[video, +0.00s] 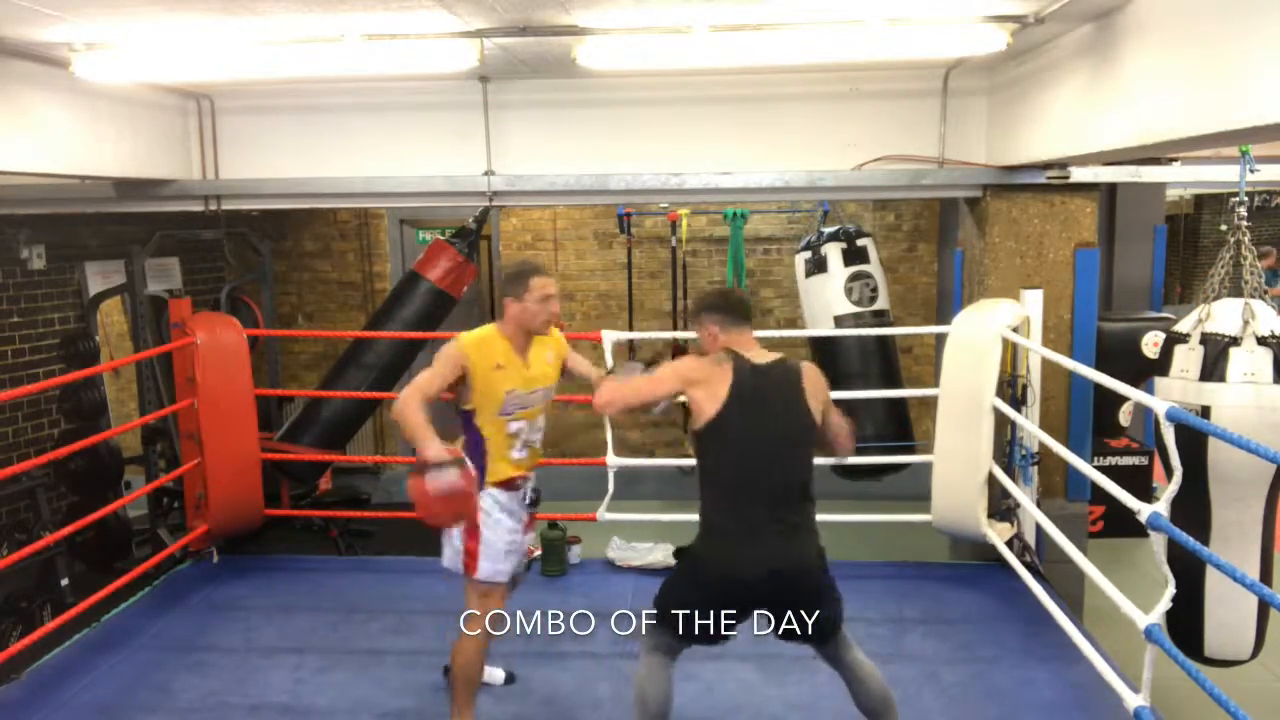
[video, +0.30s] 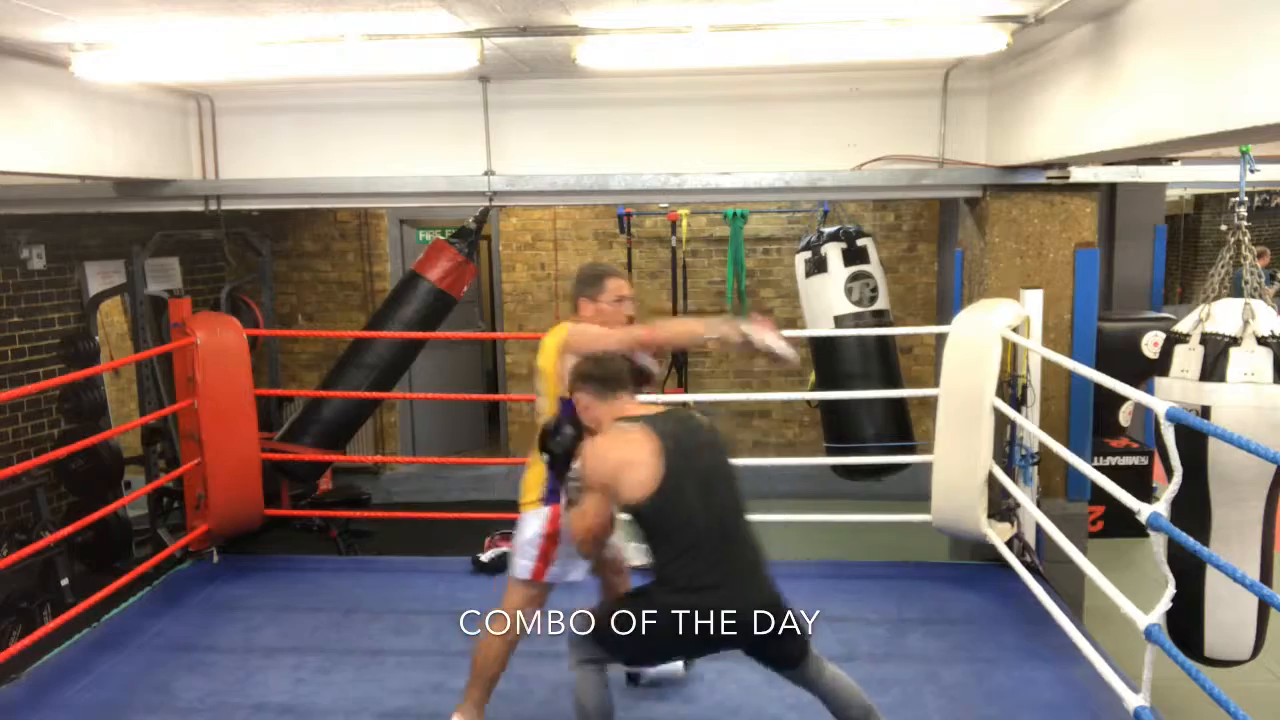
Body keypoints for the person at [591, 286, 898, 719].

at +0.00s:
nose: (698, 343)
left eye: (699, 335)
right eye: (699, 335)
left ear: (712, 332)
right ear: (751, 329)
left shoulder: (698, 369)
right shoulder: (807, 377)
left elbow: (605, 400)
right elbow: (842, 445)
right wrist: (789, 419)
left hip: (723, 565)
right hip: (797, 566)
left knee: (658, 650)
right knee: (843, 651)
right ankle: (890, 718)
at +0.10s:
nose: (662, 374)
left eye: (661, 364)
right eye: (659, 366)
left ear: (682, 353)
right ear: (711, 348)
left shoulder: (687, 391)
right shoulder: (770, 389)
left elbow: (619, 455)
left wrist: (596, 422)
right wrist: (631, 421)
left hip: (723, 574)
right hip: (793, 573)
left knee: (637, 649)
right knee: (836, 656)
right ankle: (884, 717)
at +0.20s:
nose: (611, 414)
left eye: (610, 402)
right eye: (607, 404)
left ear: (629, 392)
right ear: (661, 384)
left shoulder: (664, 435)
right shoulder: (732, 420)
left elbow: (624, 525)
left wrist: (590, 489)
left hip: (724, 597)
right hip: (786, 592)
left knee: (615, 640)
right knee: (818, 663)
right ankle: (869, 714)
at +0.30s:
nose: (580, 415)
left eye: (579, 405)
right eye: (578, 406)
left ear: (589, 399)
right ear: (629, 387)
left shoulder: (606, 448)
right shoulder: (695, 423)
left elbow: (587, 541)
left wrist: (568, 471)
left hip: (683, 607)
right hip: (751, 598)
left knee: (585, 648)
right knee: (815, 671)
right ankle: (874, 716)